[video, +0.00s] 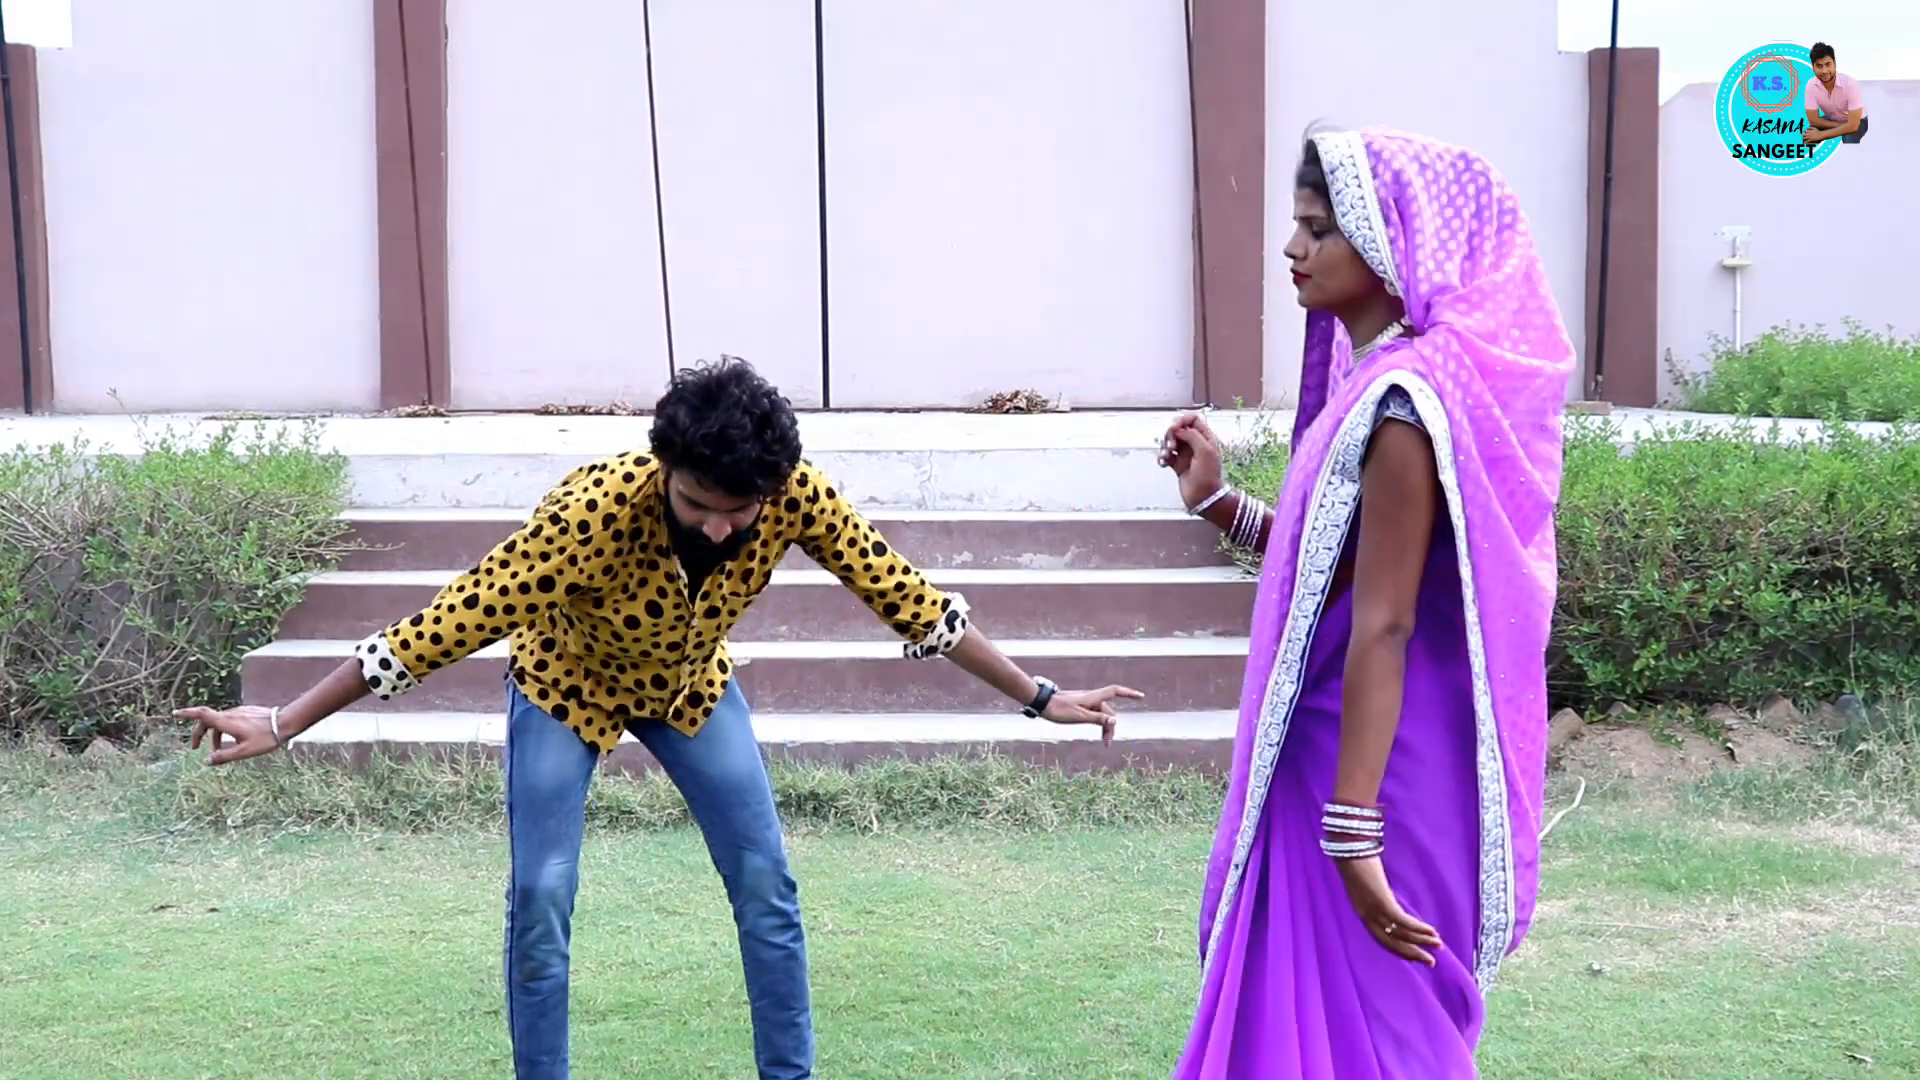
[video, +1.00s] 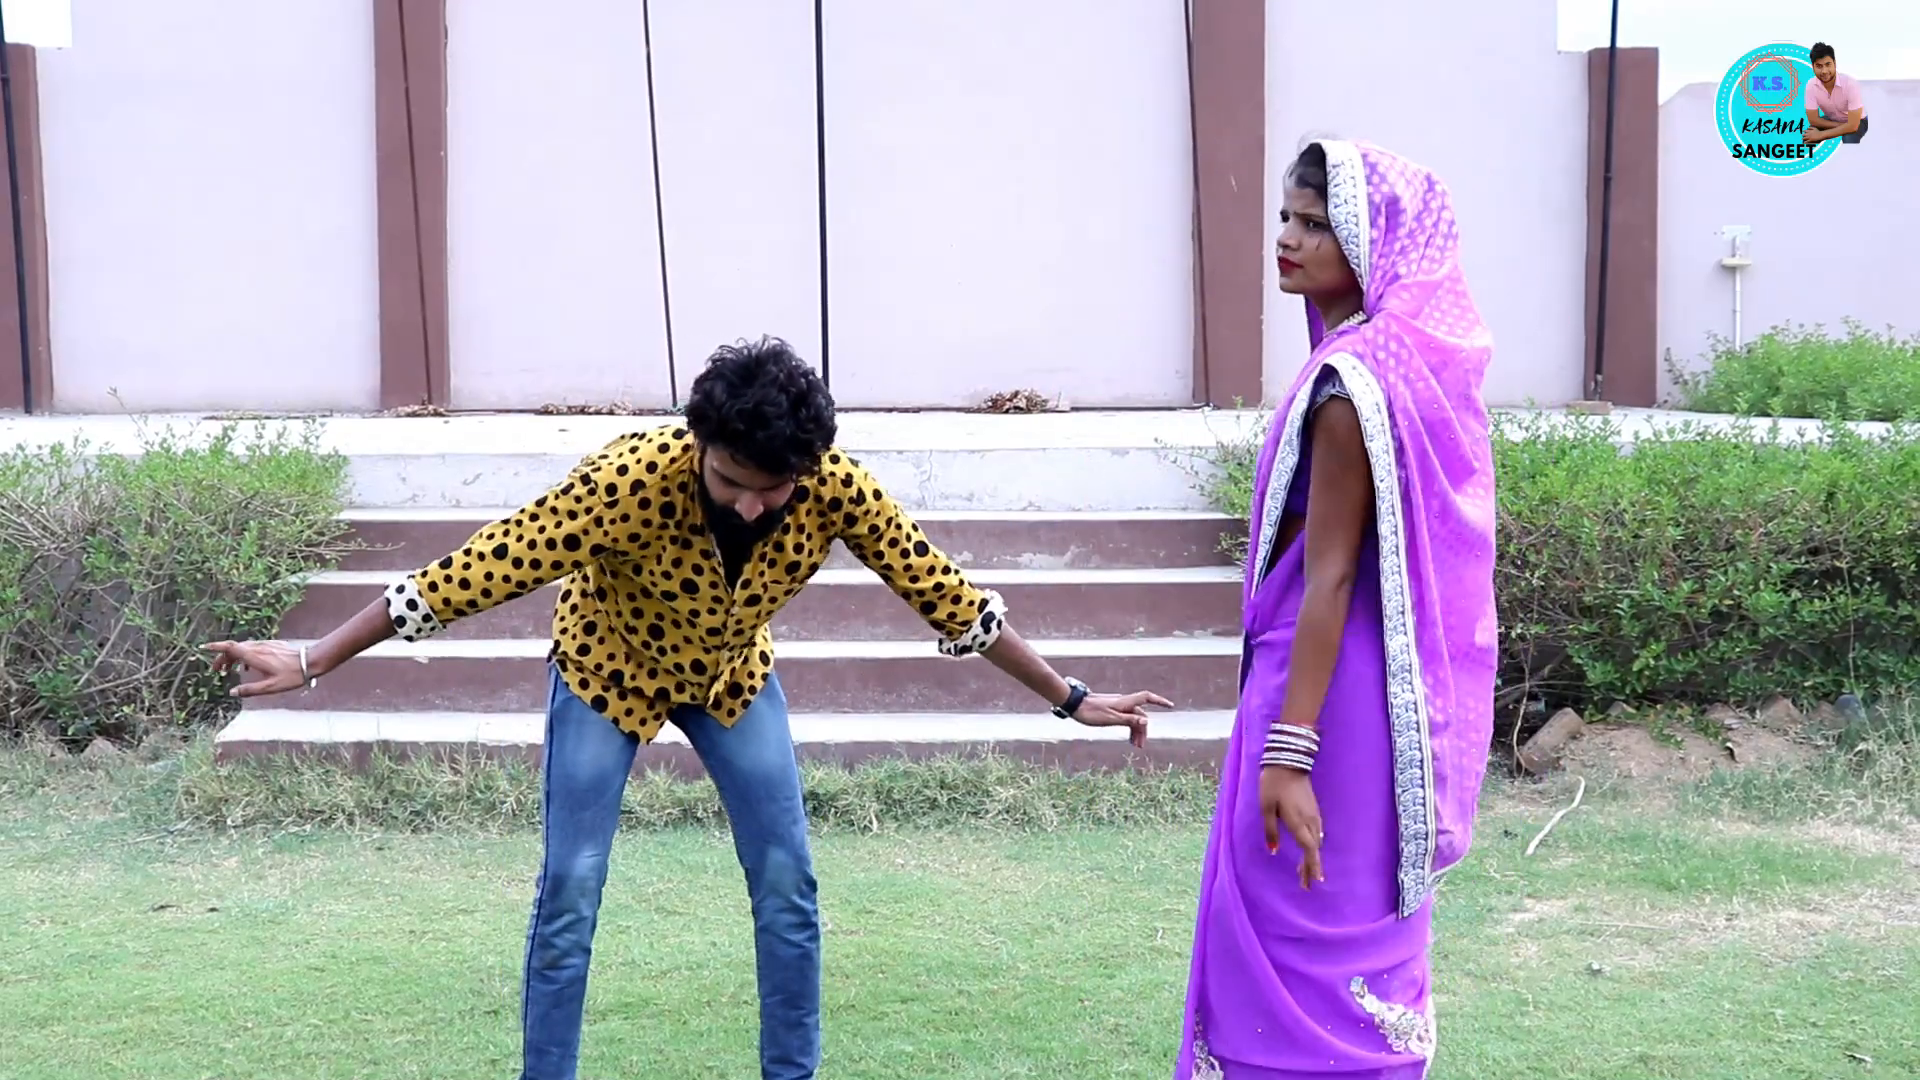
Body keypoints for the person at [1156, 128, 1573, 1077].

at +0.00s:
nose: (1292, 253)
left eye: (1316, 231)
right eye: (1295, 230)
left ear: (1391, 249)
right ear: (1375, 254)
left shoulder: (1404, 406)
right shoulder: (1379, 388)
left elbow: (1386, 627)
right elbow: (1345, 574)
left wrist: (1352, 824)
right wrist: (1219, 506)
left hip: (1365, 790)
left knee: (1354, 1035)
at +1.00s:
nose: (1284, 240)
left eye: (1308, 225)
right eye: (1286, 221)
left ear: (1372, 245)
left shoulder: (1346, 381)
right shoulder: (1415, 359)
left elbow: (1330, 581)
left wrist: (1290, 749)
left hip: (1326, 710)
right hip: (1385, 704)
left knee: (1282, 980)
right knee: (1370, 971)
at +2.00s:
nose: (1236, 303)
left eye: (1259, 283)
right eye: (1225, 283)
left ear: (1316, 291)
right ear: (1217, 285)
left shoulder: (1307, 403)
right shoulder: (1274, 387)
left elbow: (1314, 522)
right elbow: (1238, 303)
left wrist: (1327, 618)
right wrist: (1225, 180)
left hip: (1241, 726)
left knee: (1129, 941)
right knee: (1243, 953)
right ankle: (1258, 1062)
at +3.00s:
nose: (1111, 311)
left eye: (1135, 294)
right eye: (1104, 290)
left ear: (1189, 307)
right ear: (1103, 291)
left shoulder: (1177, 414)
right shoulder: (1167, 392)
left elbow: (1164, 541)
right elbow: (1128, 275)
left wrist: (1159, 646)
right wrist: (1134, 172)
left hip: (1099, 718)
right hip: (1112, 708)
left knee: (1029, 939)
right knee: (1122, 949)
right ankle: (1137, 1056)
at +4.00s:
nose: (1091, 286)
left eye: (1113, 265)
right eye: (1088, 264)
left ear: (1175, 276)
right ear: (1195, 278)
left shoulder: (1153, 398)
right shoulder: (1236, 379)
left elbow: (1114, 548)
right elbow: (1211, 267)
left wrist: (1048, 669)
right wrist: (1163, 177)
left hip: (1120, 725)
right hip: (1194, 725)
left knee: (983, 921)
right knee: (1176, 962)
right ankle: (1175, 1064)